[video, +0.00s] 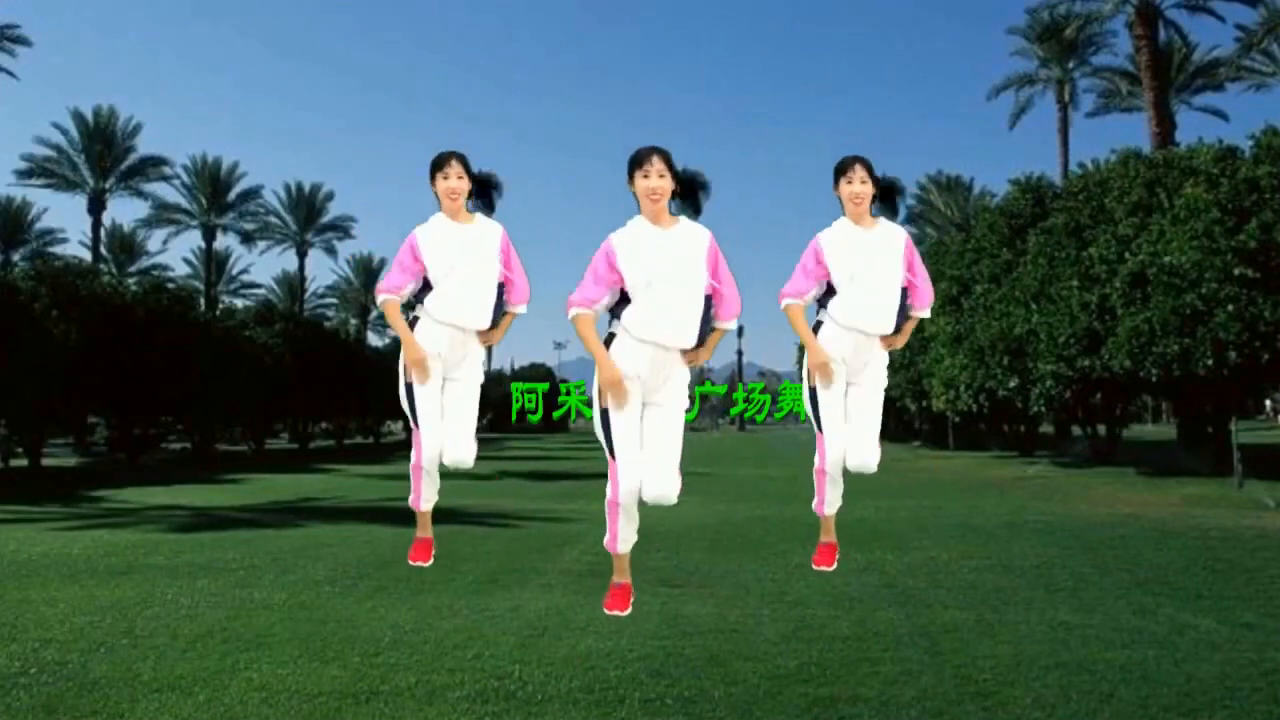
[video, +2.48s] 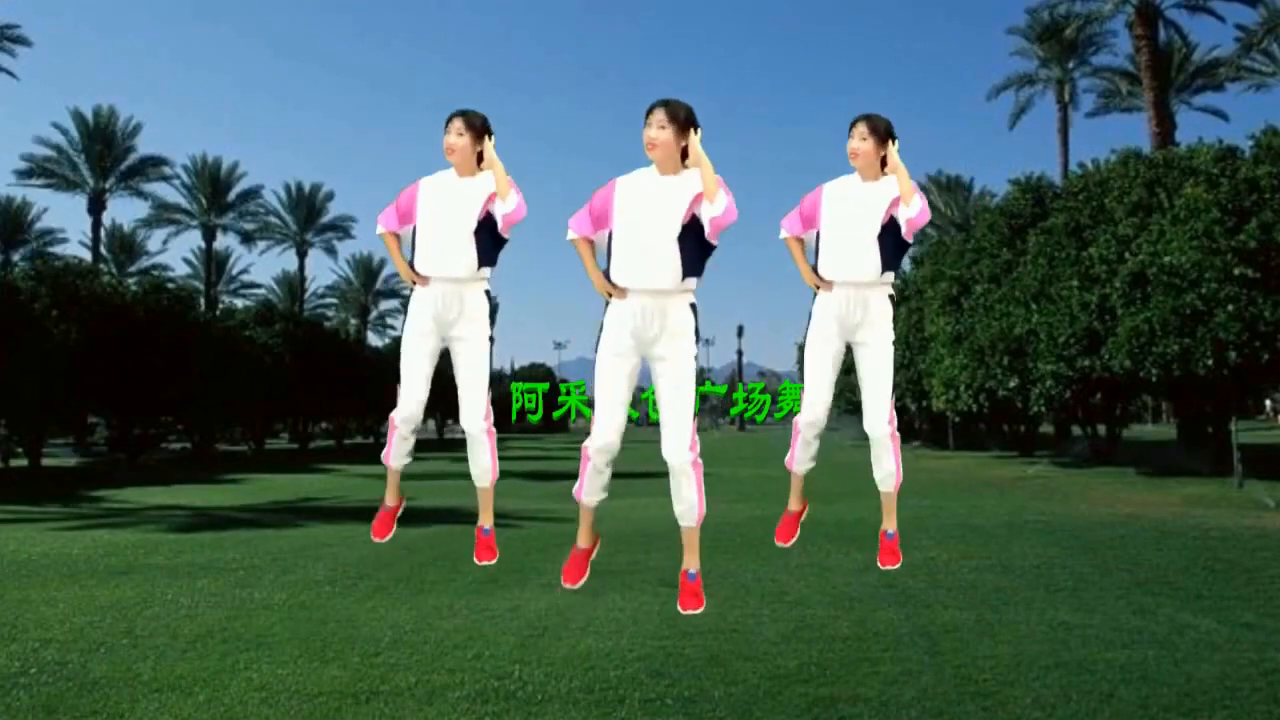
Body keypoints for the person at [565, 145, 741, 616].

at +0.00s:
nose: (654, 183)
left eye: (661, 175)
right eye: (644, 176)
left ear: (674, 183)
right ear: (633, 185)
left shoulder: (699, 239)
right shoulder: (620, 243)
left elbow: (728, 305)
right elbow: (581, 308)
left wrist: (705, 351)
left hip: (674, 364)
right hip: (625, 359)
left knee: (663, 489)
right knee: (624, 475)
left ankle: (627, 463)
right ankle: (621, 575)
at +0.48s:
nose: (682, 181)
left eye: (690, 173)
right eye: (673, 172)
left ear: (701, 182)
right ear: (658, 181)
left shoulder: (711, 240)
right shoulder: (634, 230)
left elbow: (752, 283)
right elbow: (594, 294)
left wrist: (728, 308)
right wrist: (616, 349)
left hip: (710, 353)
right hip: (660, 357)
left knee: (716, 469)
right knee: (681, 480)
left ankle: (695, 577)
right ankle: (652, 575)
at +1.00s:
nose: (670, 160)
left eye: (678, 153)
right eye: (662, 154)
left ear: (694, 162)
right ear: (652, 166)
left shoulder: (719, 212)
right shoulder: (640, 218)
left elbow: (754, 276)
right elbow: (589, 257)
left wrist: (728, 333)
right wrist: (620, 302)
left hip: (691, 346)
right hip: (641, 341)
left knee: (680, 467)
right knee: (633, 463)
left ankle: (690, 577)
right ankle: (644, 575)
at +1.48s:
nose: (664, 158)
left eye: (673, 150)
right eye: (658, 150)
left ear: (694, 157)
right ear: (651, 159)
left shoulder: (717, 207)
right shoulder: (632, 210)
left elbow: (778, 224)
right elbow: (585, 267)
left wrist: (740, 262)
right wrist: (616, 318)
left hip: (701, 334)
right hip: (651, 336)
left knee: (698, 461)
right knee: (655, 462)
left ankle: (690, 574)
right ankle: (645, 576)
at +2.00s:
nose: (668, 156)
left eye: (678, 148)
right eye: (665, 149)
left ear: (703, 158)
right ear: (661, 158)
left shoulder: (718, 213)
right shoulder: (636, 205)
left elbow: (707, 257)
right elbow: (588, 255)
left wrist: (701, 192)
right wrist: (605, 311)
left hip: (692, 336)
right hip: (641, 335)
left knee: (693, 461)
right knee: (646, 457)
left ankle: (693, 574)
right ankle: (636, 536)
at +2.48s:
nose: (650, 134)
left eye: (661, 126)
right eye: (648, 126)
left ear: (684, 136)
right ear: (645, 135)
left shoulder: (703, 186)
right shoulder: (623, 187)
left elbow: (721, 220)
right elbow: (579, 228)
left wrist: (700, 159)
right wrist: (598, 280)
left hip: (675, 314)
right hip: (624, 311)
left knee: (680, 448)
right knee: (604, 440)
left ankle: (691, 566)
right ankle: (585, 539)